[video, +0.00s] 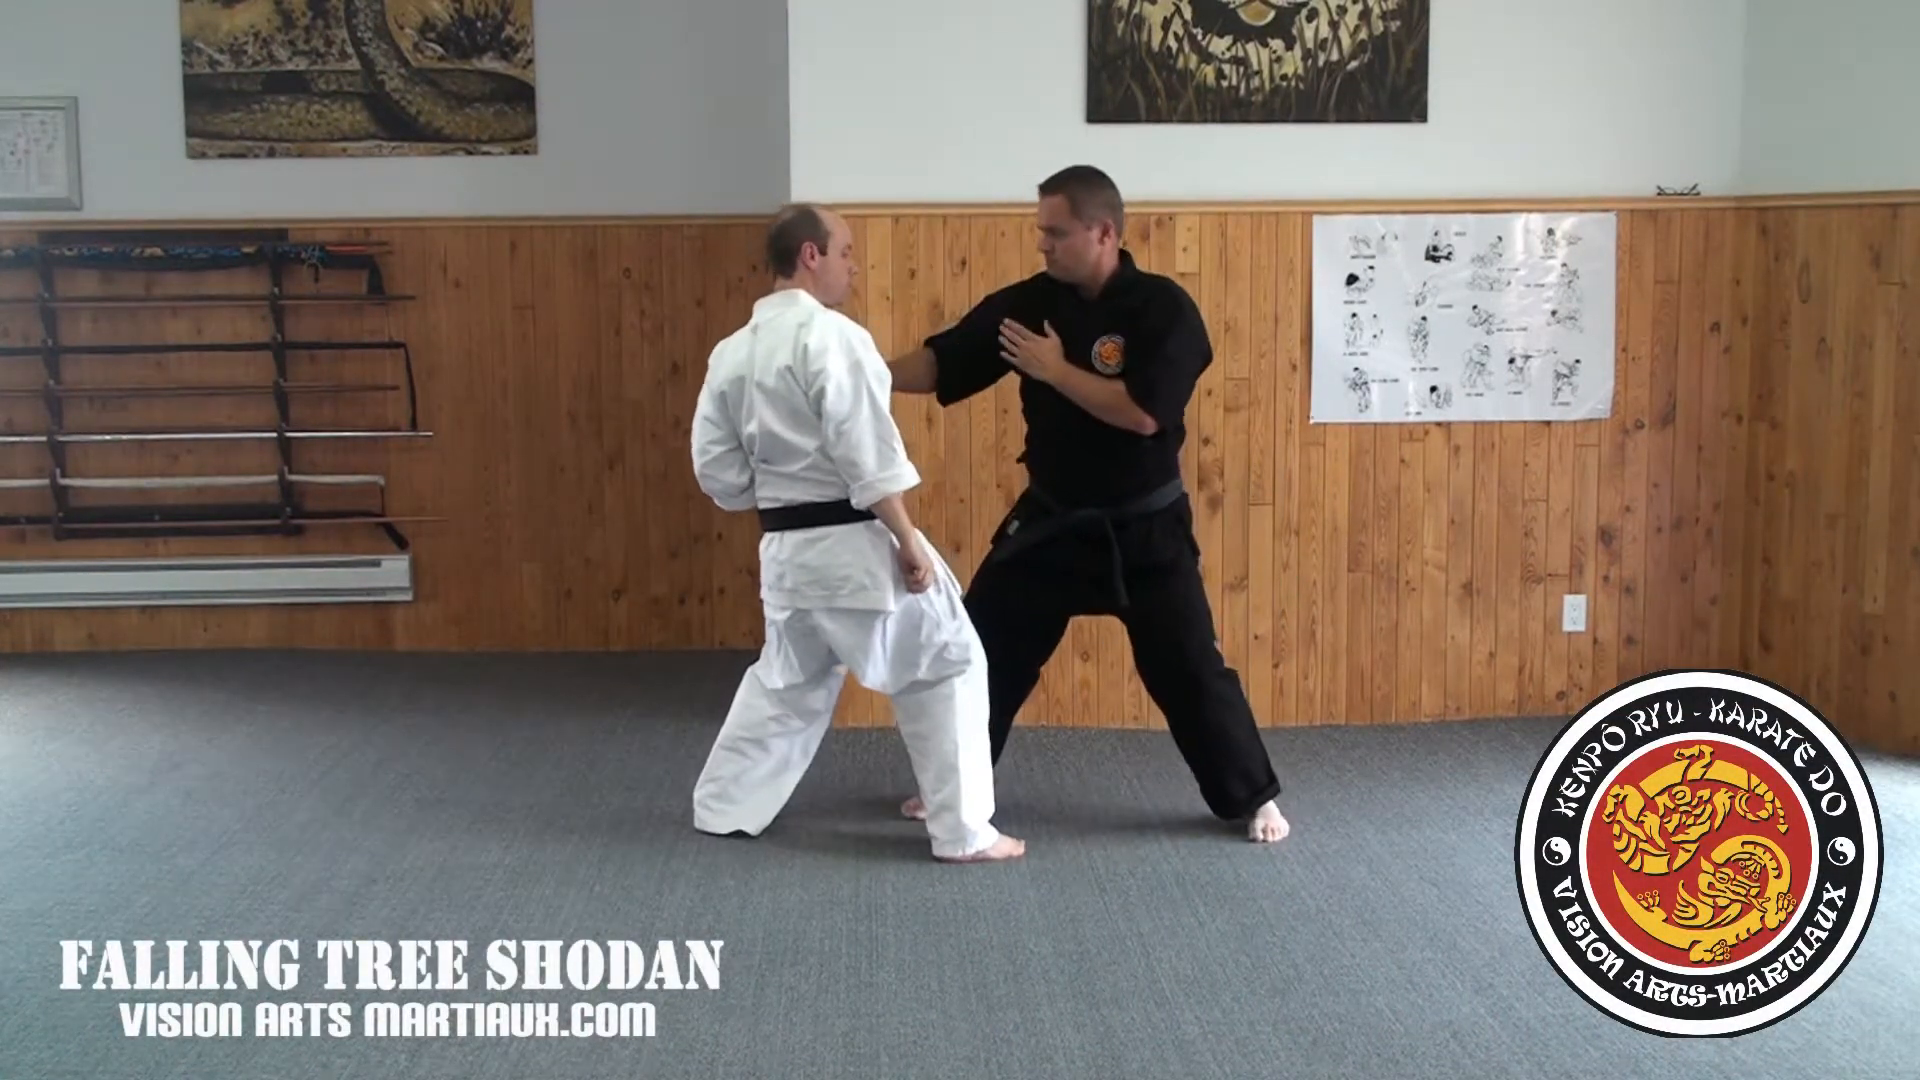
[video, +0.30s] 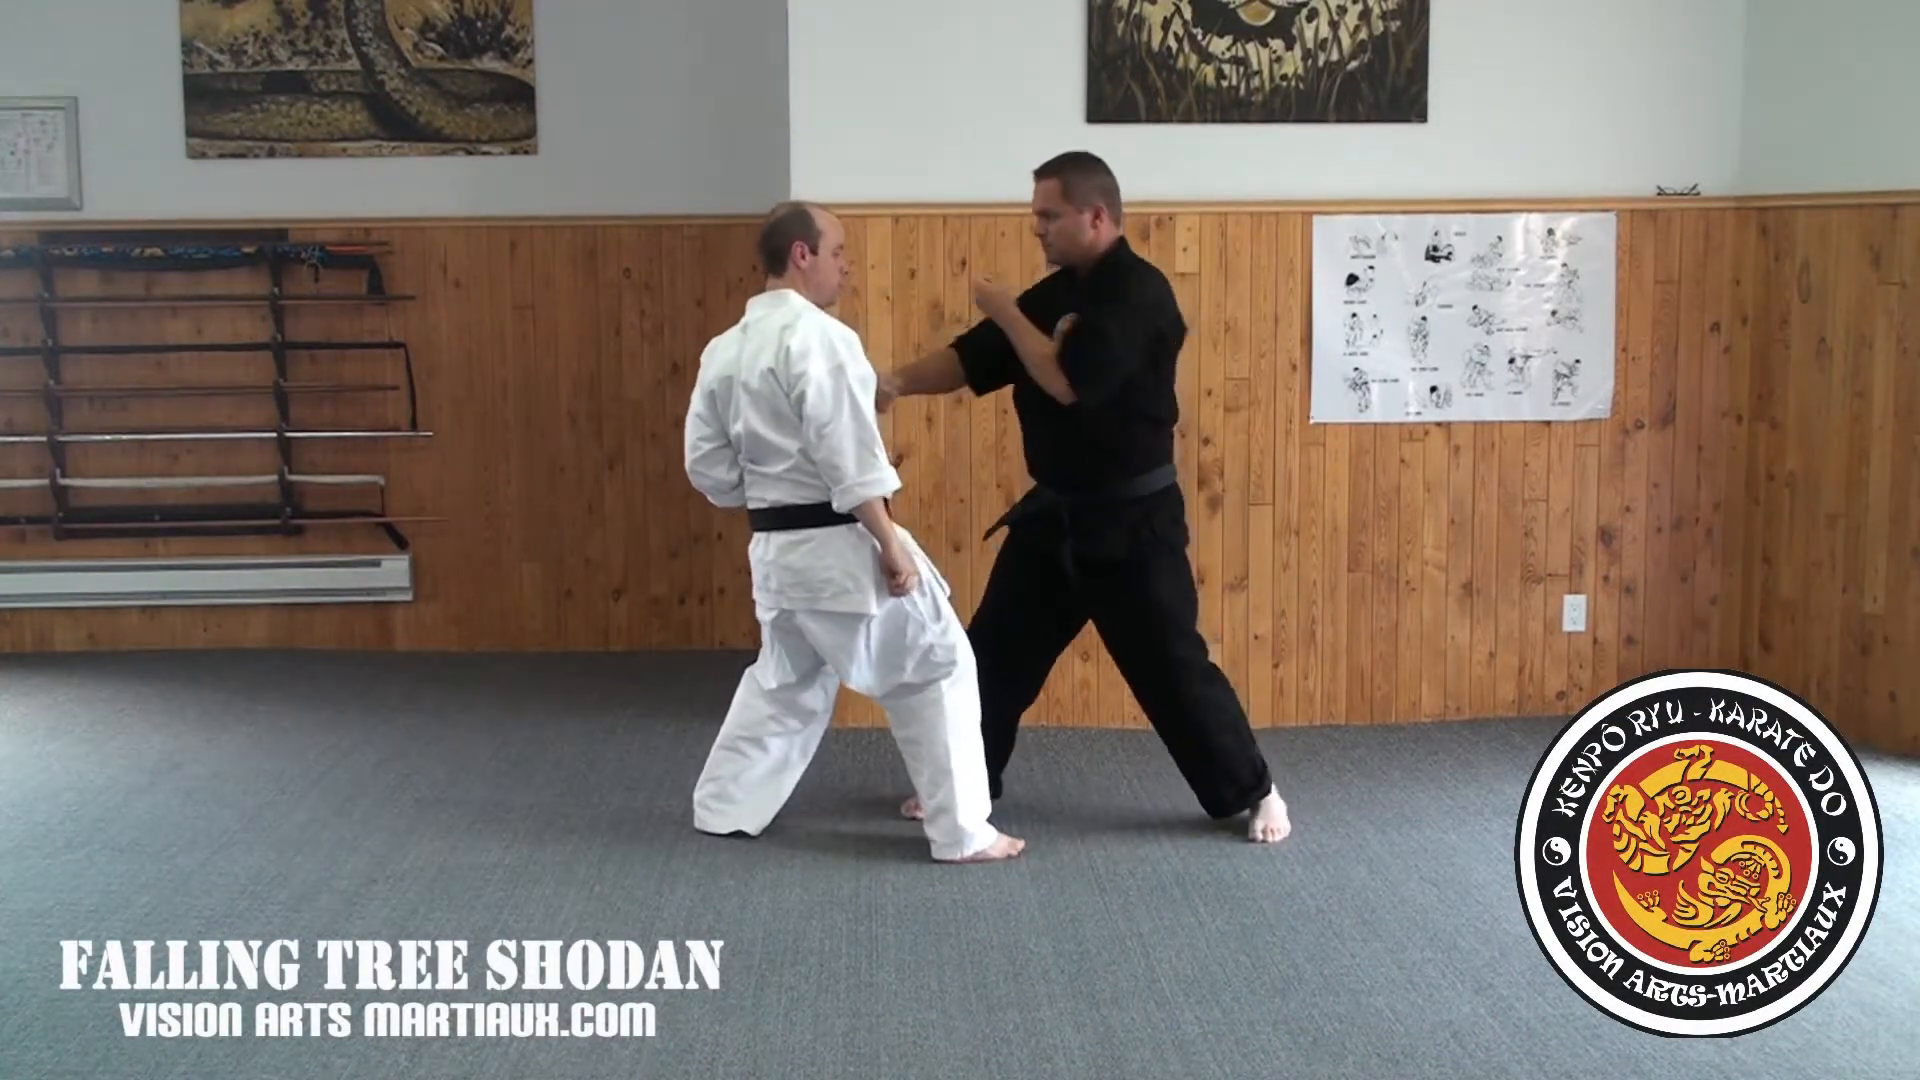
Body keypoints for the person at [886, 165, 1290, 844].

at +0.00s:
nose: (1041, 245)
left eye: (1053, 233)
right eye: (1039, 232)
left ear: (1104, 235)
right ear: (1086, 235)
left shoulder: (1164, 310)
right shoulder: (1027, 307)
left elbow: (1147, 413)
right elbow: (940, 361)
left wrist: (1056, 371)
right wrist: (860, 377)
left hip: (1146, 526)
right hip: (1049, 522)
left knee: (1188, 667)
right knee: (981, 652)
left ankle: (1255, 798)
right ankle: (954, 786)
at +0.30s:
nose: (1037, 230)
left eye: (1047, 217)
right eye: (1035, 218)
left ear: (1096, 219)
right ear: (1085, 221)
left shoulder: (1140, 294)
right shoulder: (1055, 296)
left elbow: (1067, 383)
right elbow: (975, 359)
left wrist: (1006, 315)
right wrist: (890, 383)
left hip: (1135, 517)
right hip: (1055, 514)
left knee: (1170, 665)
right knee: (994, 654)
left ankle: (1254, 792)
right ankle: (963, 787)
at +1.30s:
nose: (1049, 242)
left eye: (1062, 228)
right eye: (1046, 229)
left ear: (1110, 229)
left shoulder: (1174, 308)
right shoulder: (1033, 307)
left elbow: (1173, 417)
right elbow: (922, 321)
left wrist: (1074, 384)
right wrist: (830, 317)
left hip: (1142, 530)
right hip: (1043, 526)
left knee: (1197, 669)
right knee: (973, 653)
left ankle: (1257, 796)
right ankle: (946, 785)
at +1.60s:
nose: (1045, 218)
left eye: (1057, 205)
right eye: (1043, 206)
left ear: (1107, 202)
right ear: (1057, 209)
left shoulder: (1184, 283)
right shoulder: (1034, 297)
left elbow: (1239, 359)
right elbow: (937, 354)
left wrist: (1149, 307)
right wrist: (849, 348)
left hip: (1157, 512)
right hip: (1059, 513)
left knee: (1200, 659)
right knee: (989, 646)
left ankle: (1259, 800)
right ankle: (962, 782)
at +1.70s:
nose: (1032, 212)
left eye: (1043, 199)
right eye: (1030, 200)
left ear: (1090, 196)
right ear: (1070, 201)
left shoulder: (1160, 272)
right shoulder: (1027, 292)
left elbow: (1219, 302)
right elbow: (926, 354)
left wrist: (1131, 237)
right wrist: (833, 345)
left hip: (1143, 507)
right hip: (1049, 511)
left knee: (1189, 649)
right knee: (984, 639)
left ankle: (1258, 792)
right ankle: (1016, 777)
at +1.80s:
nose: (1015, 214)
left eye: (1025, 200)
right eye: (1013, 202)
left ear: (1074, 199)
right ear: (1051, 205)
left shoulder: (1125, 276)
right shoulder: (1011, 294)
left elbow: (1176, 253)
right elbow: (912, 350)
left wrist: (1106, 182)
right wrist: (824, 345)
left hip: (1118, 507)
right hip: (1030, 511)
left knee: (1172, 643)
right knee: (978, 639)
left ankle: (1259, 784)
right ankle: (1021, 781)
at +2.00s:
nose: (977, 207)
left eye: (987, 193)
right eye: (975, 196)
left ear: (1033, 193)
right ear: (992, 202)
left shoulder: (1072, 262)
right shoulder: (976, 287)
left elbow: (1073, 197)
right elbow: (883, 333)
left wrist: (1037, 130)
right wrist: (792, 333)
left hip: (1063, 491)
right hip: (991, 495)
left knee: (1101, 642)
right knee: (967, 644)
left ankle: (1218, 767)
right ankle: (1017, 784)